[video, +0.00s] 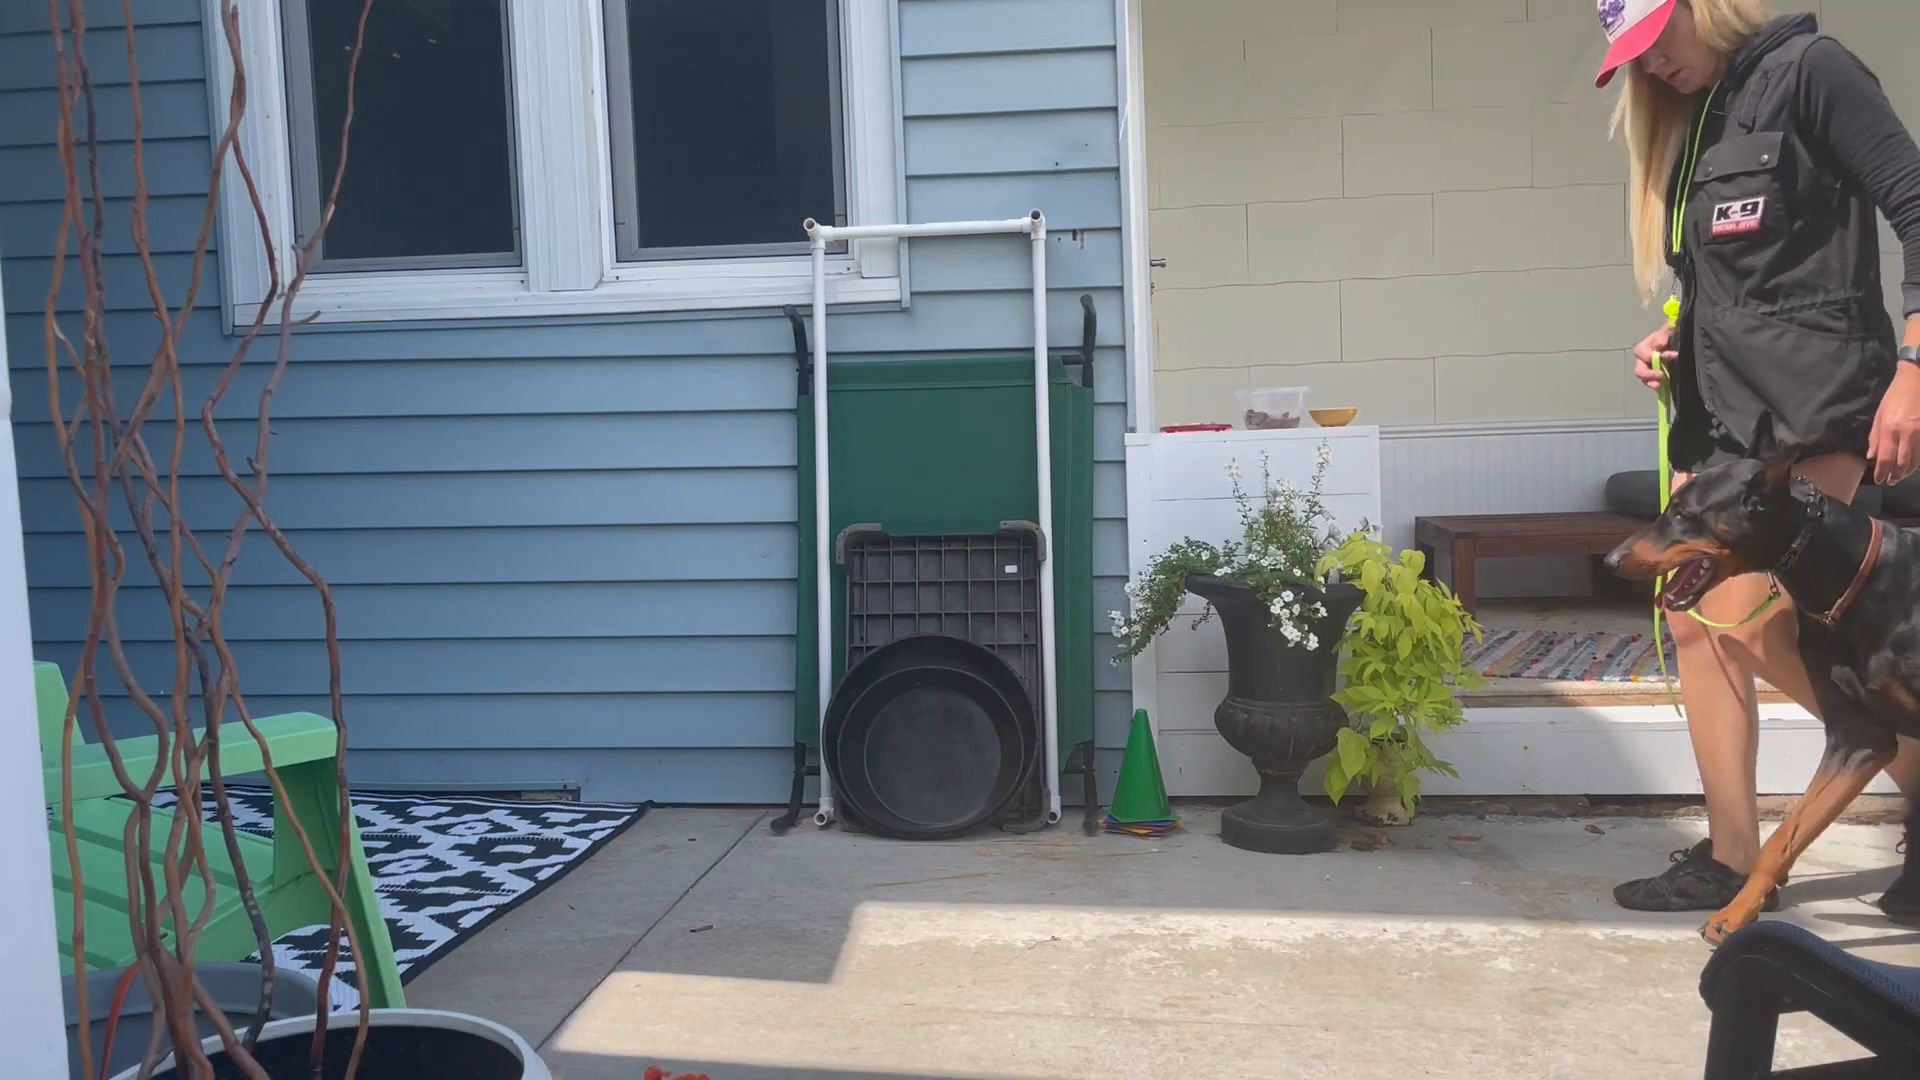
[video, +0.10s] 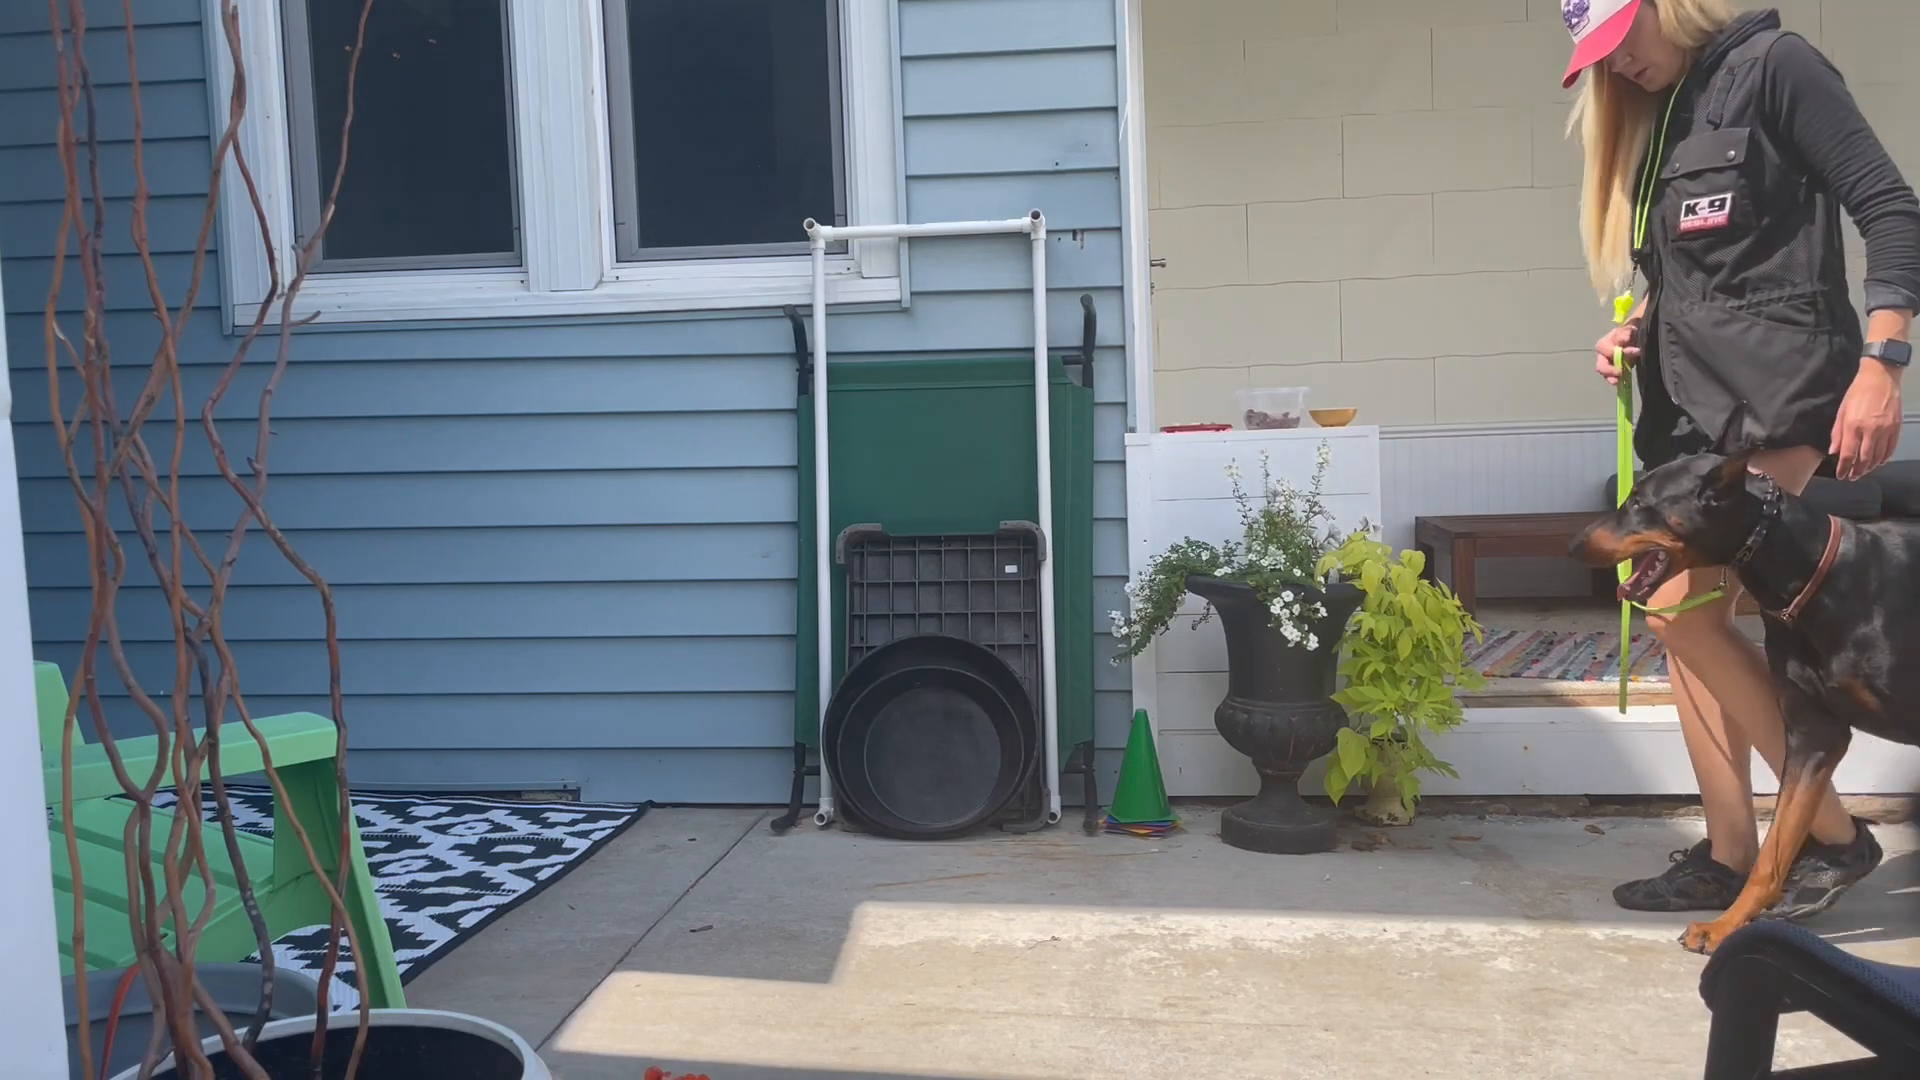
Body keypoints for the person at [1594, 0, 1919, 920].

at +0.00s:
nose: (1649, 70)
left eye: (1653, 46)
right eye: (1636, 59)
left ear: (1701, 6)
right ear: (1639, 49)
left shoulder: (1810, 69)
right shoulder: (1695, 110)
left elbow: (1916, 209)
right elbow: (1721, 267)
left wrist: (1913, 367)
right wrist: (1677, 329)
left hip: (1818, 412)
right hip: (1719, 416)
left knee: (1766, 631)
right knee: (1697, 621)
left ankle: (1916, 787)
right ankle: (1734, 856)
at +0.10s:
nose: (1618, 67)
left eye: (1620, 42)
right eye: (1604, 57)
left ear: (1667, 3)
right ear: (1602, 53)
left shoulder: (1774, 65)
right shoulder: (1661, 107)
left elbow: (1891, 210)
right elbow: (1683, 264)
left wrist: (1882, 363)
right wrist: (1637, 321)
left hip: (1773, 402)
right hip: (1683, 406)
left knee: (1684, 608)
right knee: (1681, 621)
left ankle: (1834, 829)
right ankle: (1732, 854)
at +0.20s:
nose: (1591, 67)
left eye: (1592, 42)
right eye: (1576, 56)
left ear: (1637, 4)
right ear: (1579, 46)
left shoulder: (1742, 62)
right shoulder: (1635, 103)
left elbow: (1862, 207)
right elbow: (1657, 254)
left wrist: (1851, 359)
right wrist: (1610, 313)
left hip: (1742, 390)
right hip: (1660, 398)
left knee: (1653, 607)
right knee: (1691, 626)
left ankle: (1707, 870)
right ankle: (1722, 862)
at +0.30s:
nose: (1569, 66)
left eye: (1570, 42)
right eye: (1554, 57)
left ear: (1614, 3)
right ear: (1555, 48)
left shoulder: (1719, 62)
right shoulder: (1613, 100)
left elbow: (1835, 206)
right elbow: (1630, 251)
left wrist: (1825, 360)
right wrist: (1584, 310)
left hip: (1719, 387)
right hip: (1636, 396)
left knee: (1636, 611)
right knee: (1670, 629)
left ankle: (1642, 877)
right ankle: (1730, 853)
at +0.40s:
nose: (1549, 63)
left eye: (1550, 39)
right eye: (1534, 54)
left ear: (1595, 2)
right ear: (1538, 44)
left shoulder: (1699, 63)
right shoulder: (1593, 97)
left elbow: (1813, 210)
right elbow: (1618, 254)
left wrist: (1805, 365)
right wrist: (1565, 315)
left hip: (1695, 383)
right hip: (1607, 390)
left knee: (1616, 604)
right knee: (1609, 612)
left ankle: (1644, 877)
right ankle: (1714, 828)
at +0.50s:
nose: (1530, 62)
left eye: (1532, 38)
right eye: (1515, 52)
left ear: (1576, 2)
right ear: (1517, 42)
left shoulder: (1681, 62)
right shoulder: (1571, 98)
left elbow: (1794, 213)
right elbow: (1599, 256)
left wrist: (1789, 369)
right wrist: (1552, 316)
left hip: (1679, 387)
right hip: (1590, 392)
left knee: (1650, 619)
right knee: (1560, 602)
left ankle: (1649, 878)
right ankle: (1691, 824)